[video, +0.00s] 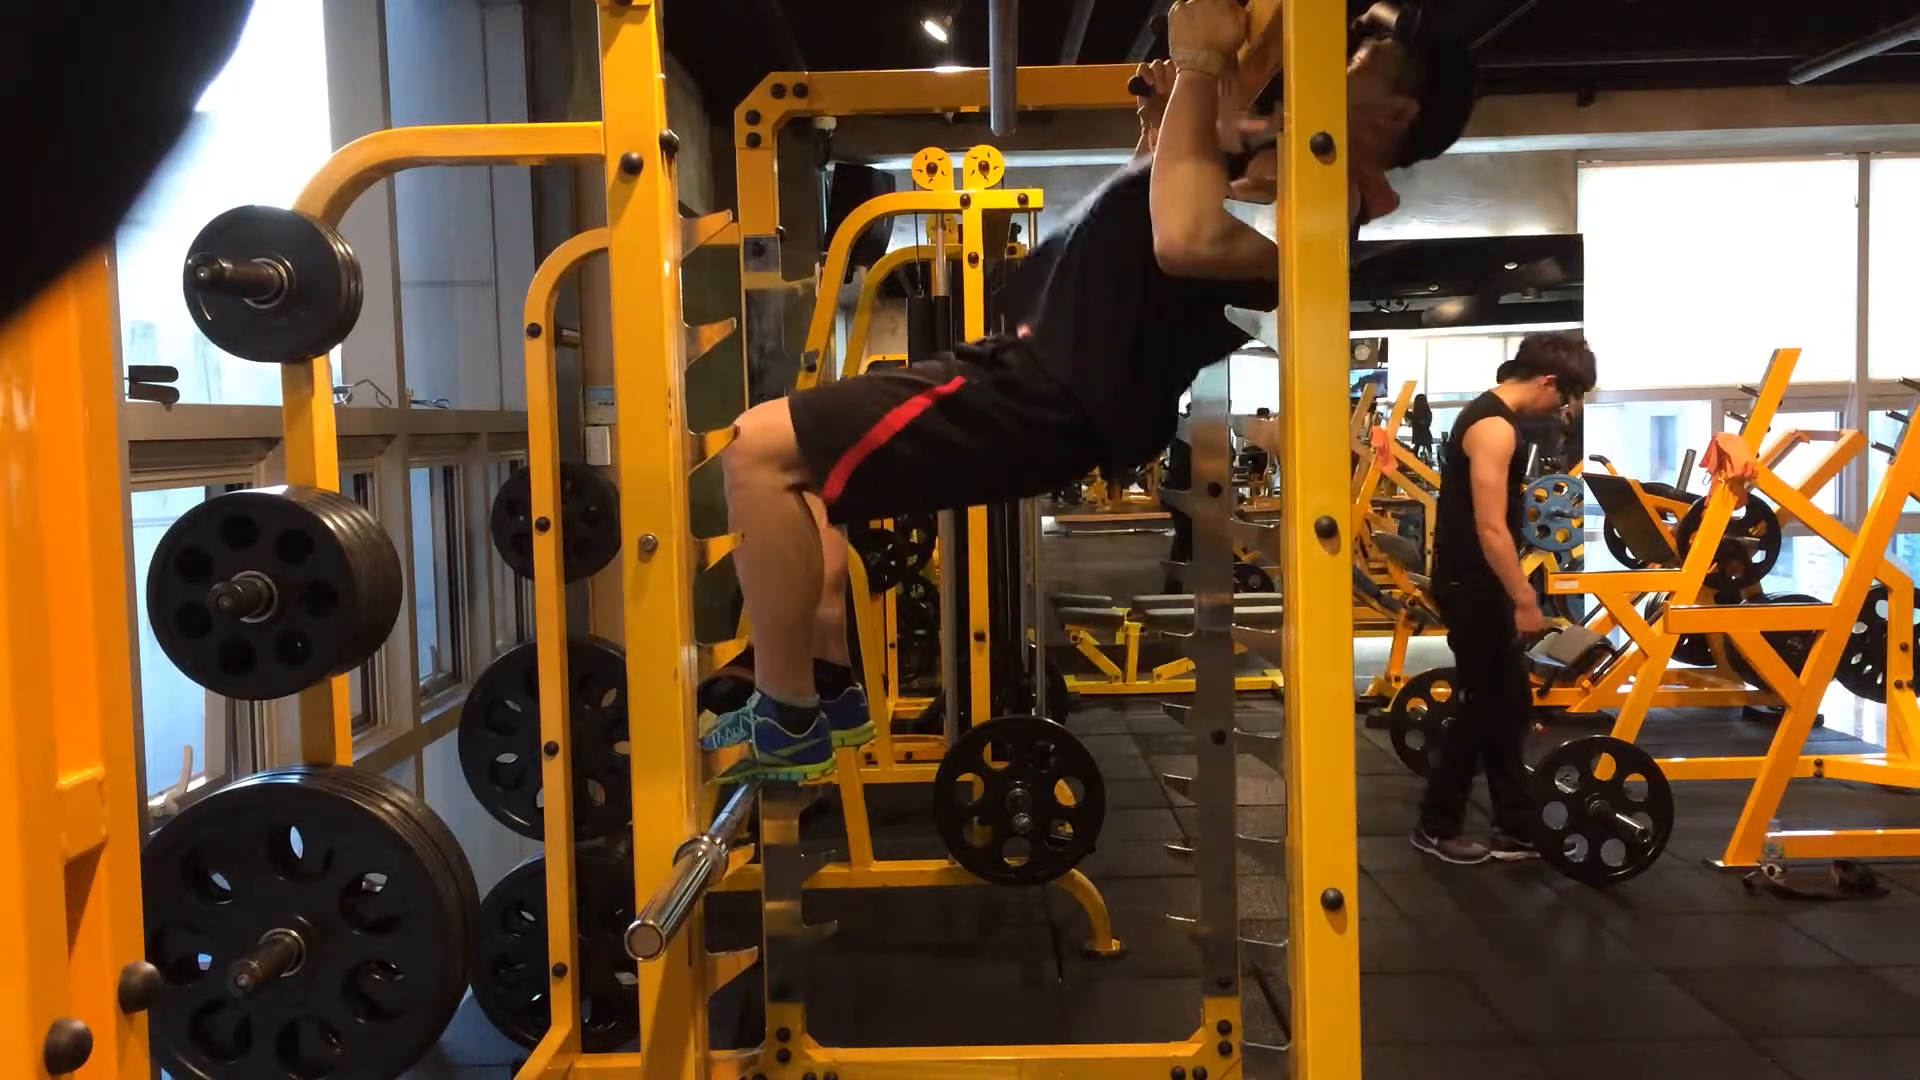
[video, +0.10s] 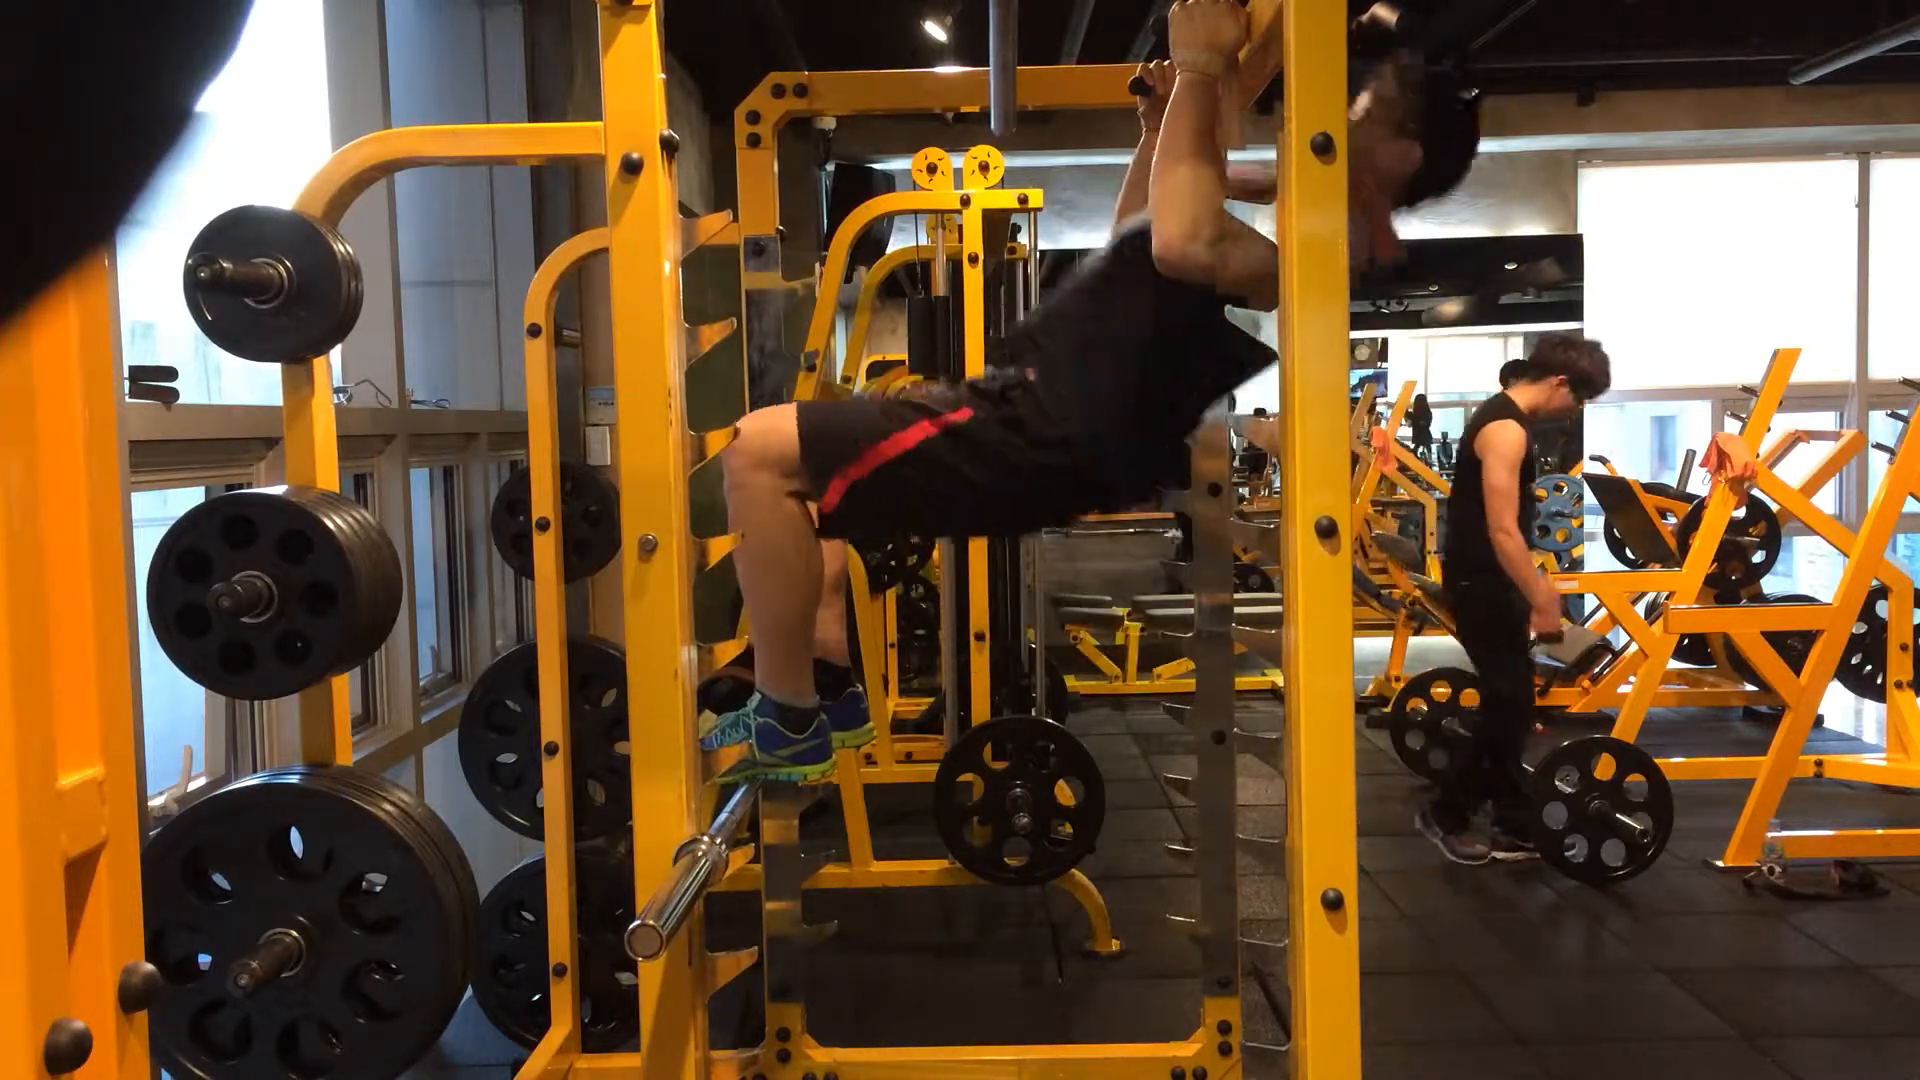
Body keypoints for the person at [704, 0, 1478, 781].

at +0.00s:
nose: (1345, 48)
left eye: (1371, 50)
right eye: (1362, 37)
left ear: (1399, 115)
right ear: (1373, 95)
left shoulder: (1333, 213)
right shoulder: (1296, 160)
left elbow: (1190, 241)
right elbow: (1187, 202)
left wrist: (1202, 69)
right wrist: (1190, 96)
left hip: (1063, 397)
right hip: (1042, 369)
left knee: (758, 451)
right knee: (794, 441)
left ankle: (787, 716)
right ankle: (826, 675)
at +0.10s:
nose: (1348, 118)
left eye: (1374, 117)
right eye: (1358, 102)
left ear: (1410, 164)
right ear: (1346, 113)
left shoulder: (1347, 239)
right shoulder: (1313, 212)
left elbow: (1188, 246)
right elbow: (1143, 241)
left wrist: (1206, 75)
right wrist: (1161, 123)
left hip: (1050, 436)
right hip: (1040, 411)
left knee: (757, 454)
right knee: (794, 449)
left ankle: (786, 714)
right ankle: (827, 673)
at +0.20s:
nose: (1345, 168)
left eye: (1374, 168)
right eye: (1361, 158)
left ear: (1407, 224)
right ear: (1366, 199)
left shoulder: (1346, 300)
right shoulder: (1314, 293)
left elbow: (1195, 248)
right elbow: (1139, 276)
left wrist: (1207, 72)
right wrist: (1157, 127)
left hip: (1055, 486)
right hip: (1035, 449)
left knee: (760, 458)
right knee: (798, 447)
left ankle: (785, 715)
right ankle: (824, 672)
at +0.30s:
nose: (1346, 226)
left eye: (1372, 222)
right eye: (1364, 214)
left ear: (1408, 270)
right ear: (1402, 265)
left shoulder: (1351, 343)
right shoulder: (1313, 347)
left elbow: (1205, 258)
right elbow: (1149, 282)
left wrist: (1207, 75)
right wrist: (1157, 128)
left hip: (1039, 528)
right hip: (1042, 508)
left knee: (764, 460)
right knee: (802, 452)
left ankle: (787, 717)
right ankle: (826, 673)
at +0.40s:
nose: (1338, 258)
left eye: (1365, 257)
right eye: (1354, 248)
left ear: (1398, 310)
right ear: (1386, 312)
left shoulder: (1321, 394)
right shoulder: (1279, 377)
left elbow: (1207, 256)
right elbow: (1155, 287)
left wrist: (1205, 76)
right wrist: (1158, 132)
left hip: (1038, 564)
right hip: (1034, 534)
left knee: (772, 460)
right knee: (806, 454)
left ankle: (786, 719)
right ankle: (827, 679)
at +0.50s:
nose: (1338, 281)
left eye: (1365, 281)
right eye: (1351, 269)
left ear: (1395, 335)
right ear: (1366, 319)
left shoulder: (1320, 406)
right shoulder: (1269, 377)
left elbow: (1208, 261)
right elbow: (1154, 287)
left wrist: (1207, 76)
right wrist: (1159, 129)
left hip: (1034, 577)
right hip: (1022, 539)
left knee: (772, 461)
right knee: (808, 457)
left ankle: (786, 717)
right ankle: (829, 682)